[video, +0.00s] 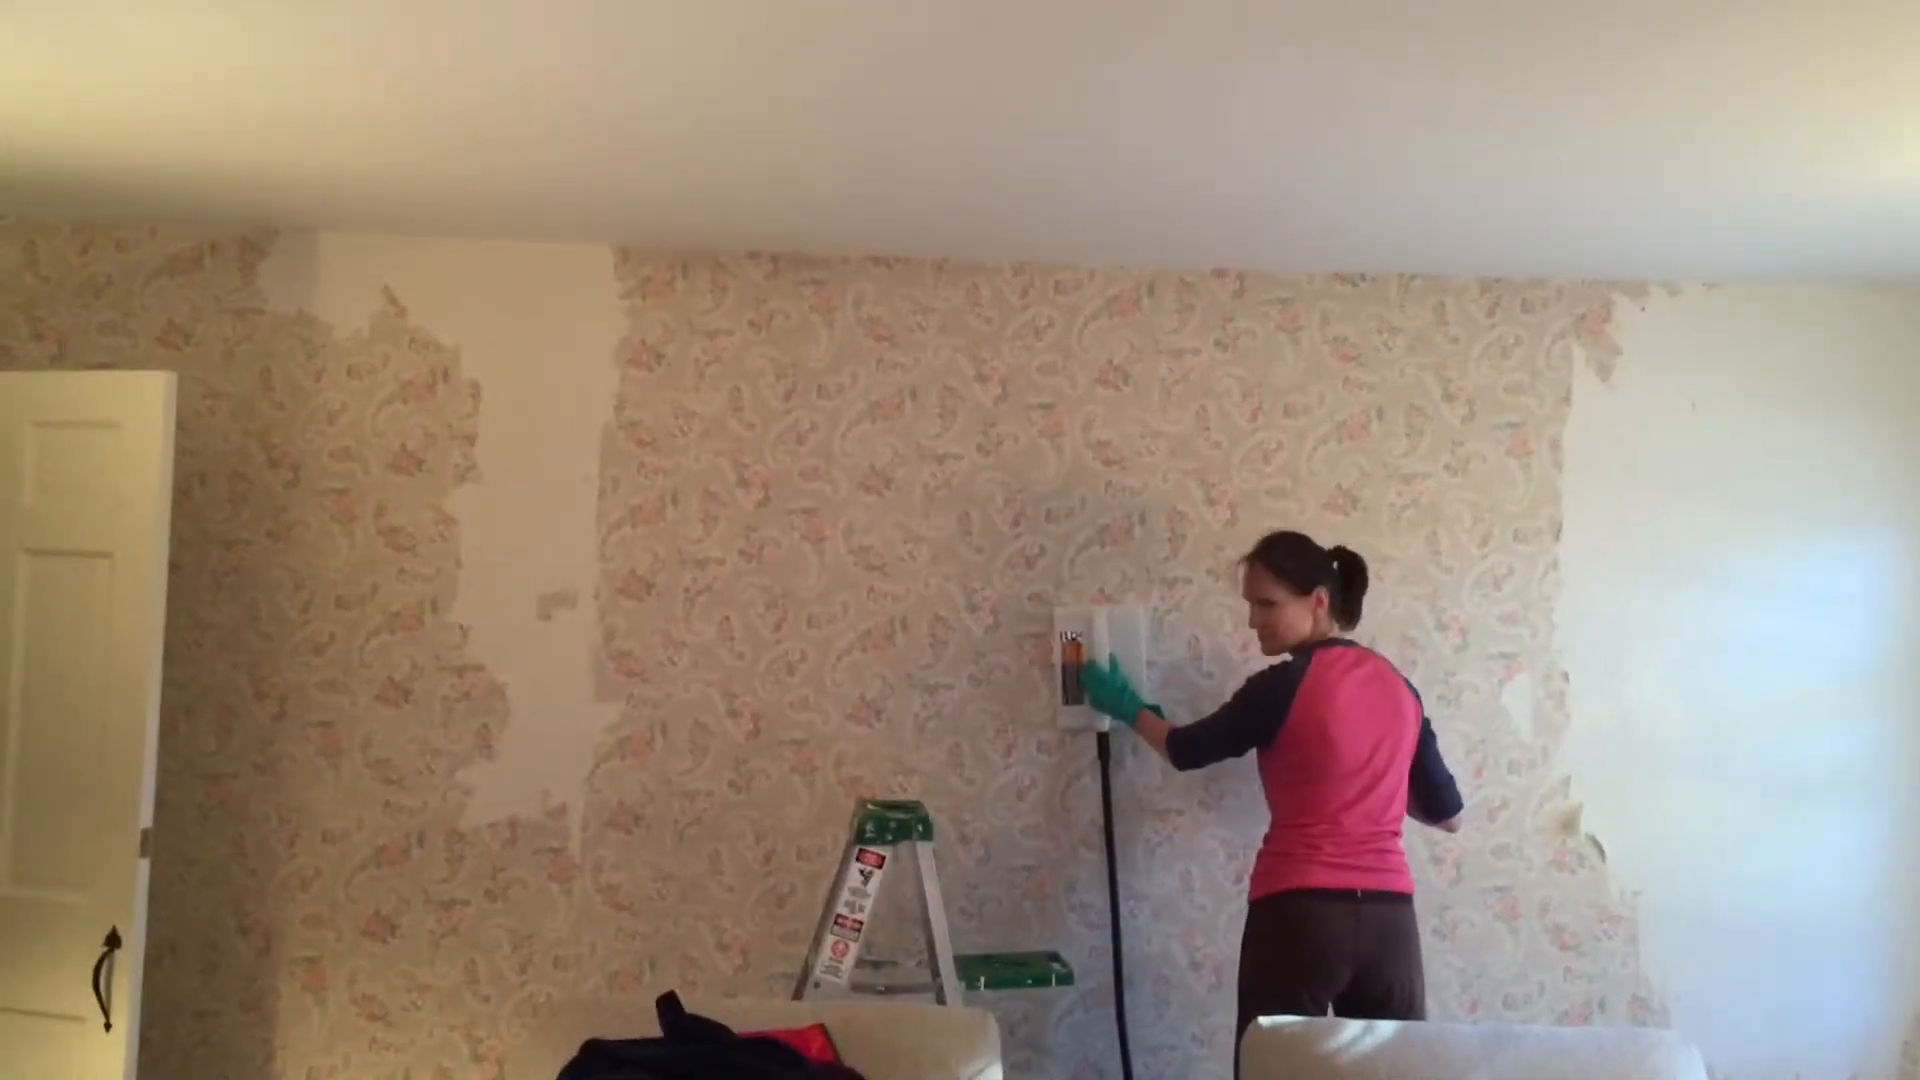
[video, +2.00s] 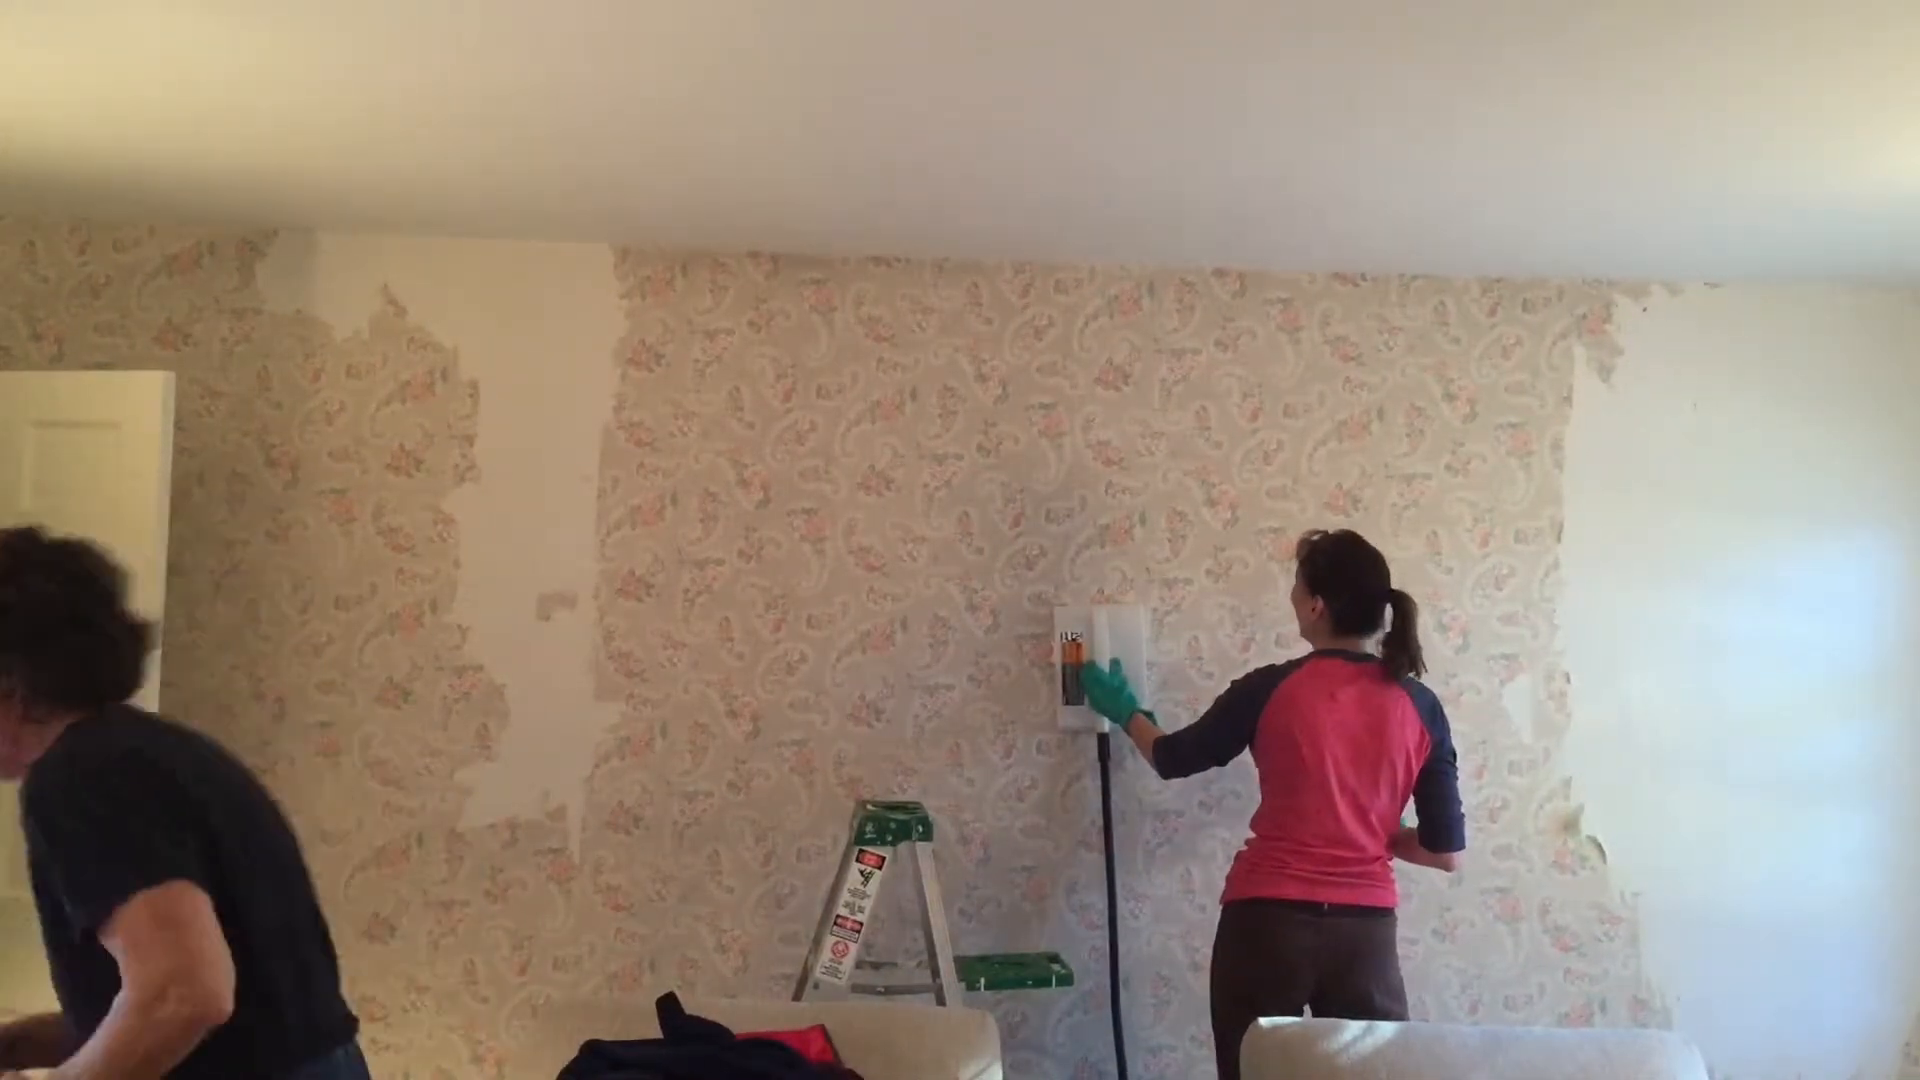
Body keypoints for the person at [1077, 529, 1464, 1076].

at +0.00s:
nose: (1254, 619)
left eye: (1266, 604)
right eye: (1252, 605)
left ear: (1317, 602)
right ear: (1322, 603)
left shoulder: (1283, 685)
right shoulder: (1398, 688)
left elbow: (1184, 749)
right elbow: (1445, 809)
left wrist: (1125, 705)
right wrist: (1373, 764)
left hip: (1296, 922)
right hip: (1389, 925)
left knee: (1269, 1073)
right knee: (1397, 1074)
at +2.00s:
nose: (1293, 597)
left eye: (1298, 586)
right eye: (1297, 585)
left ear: (1316, 605)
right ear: (1376, 606)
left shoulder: (1270, 687)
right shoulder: (1421, 705)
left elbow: (1169, 758)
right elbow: (1444, 849)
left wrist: (1125, 713)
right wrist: (1373, 828)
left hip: (1263, 930)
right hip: (1365, 938)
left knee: (1248, 1074)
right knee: (1379, 1076)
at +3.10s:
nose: (1228, 631)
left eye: (1232, 614)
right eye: (1226, 615)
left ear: (1268, 613)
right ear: (1305, 612)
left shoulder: (1234, 692)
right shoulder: (1378, 691)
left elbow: (1150, 795)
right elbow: (1427, 812)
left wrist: (1137, 722)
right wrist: (1430, 759)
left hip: (1273, 920)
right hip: (1371, 919)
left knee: (1257, 1074)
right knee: (1399, 1073)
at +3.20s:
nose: (1223, 624)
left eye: (1227, 608)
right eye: (1222, 609)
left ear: (1264, 611)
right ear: (1298, 610)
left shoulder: (1234, 692)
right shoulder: (1377, 690)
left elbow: (1156, 796)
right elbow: (1425, 809)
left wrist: (1146, 724)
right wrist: (1431, 757)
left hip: (1271, 920)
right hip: (1369, 922)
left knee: (1258, 1073)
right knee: (1397, 1073)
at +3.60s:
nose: (1214, 625)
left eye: (1216, 613)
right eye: (1211, 613)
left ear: (1253, 617)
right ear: (1287, 610)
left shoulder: (1241, 692)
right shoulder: (1369, 687)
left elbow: (1165, 743)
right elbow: (1420, 796)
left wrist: (1134, 664)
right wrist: (1431, 754)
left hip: (1260, 925)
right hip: (1356, 927)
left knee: (1245, 1074)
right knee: (1378, 1074)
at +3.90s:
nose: (1211, 634)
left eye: (1210, 621)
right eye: (1206, 622)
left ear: (1246, 619)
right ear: (1280, 610)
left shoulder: (1246, 696)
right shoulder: (1366, 689)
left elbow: (1155, 733)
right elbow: (1423, 792)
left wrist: (1128, 665)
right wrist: (1432, 752)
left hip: (1259, 930)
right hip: (1352, 932)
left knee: (1243, 1074)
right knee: (1364, 1076)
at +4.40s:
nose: (1226, 629)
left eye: (1224, 616)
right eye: (1221, 616)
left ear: (1256, 615)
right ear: (1302, 605)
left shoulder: (1246, 693)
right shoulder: (1373, 694)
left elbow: (1154, 724)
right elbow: (1428, 793)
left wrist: (1124, 662)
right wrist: (1435, 754)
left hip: (1250, 934)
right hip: (1344, 936)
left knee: (1235, 1075)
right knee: (1357, 1076)